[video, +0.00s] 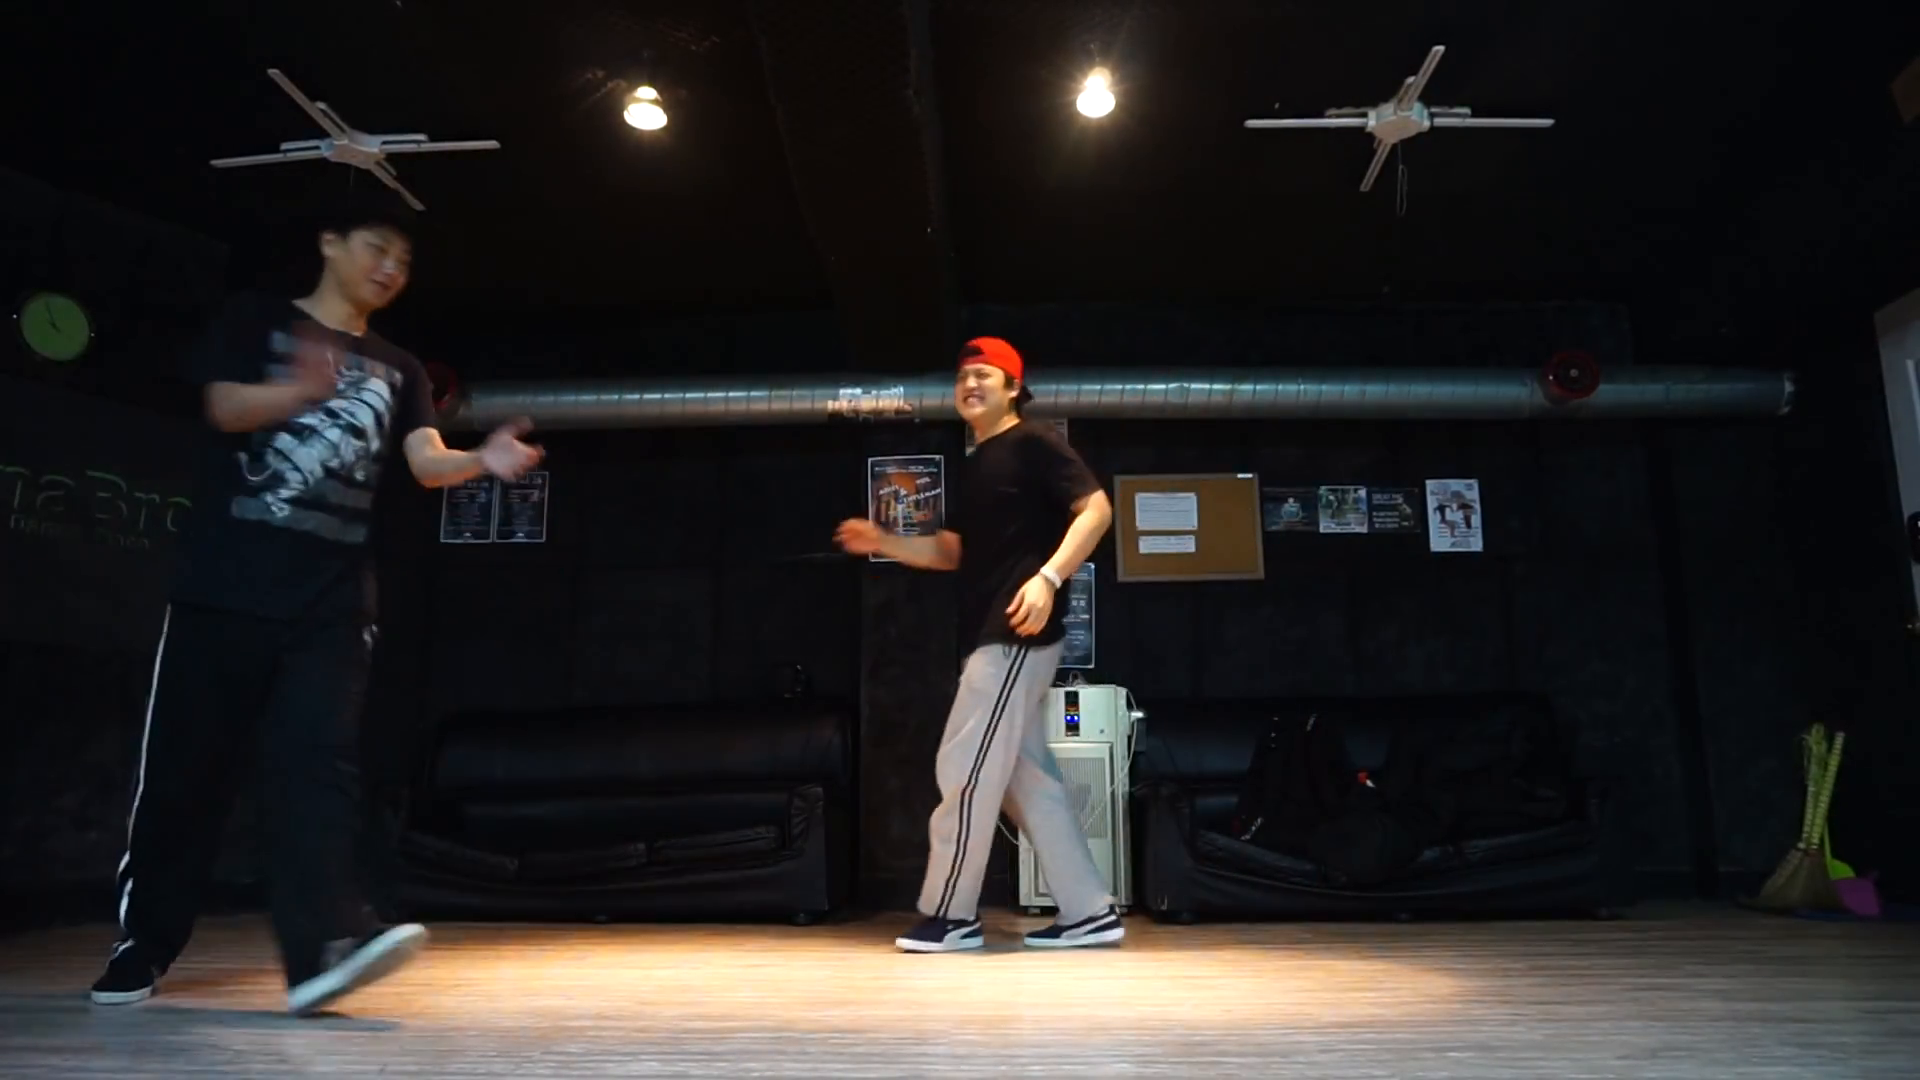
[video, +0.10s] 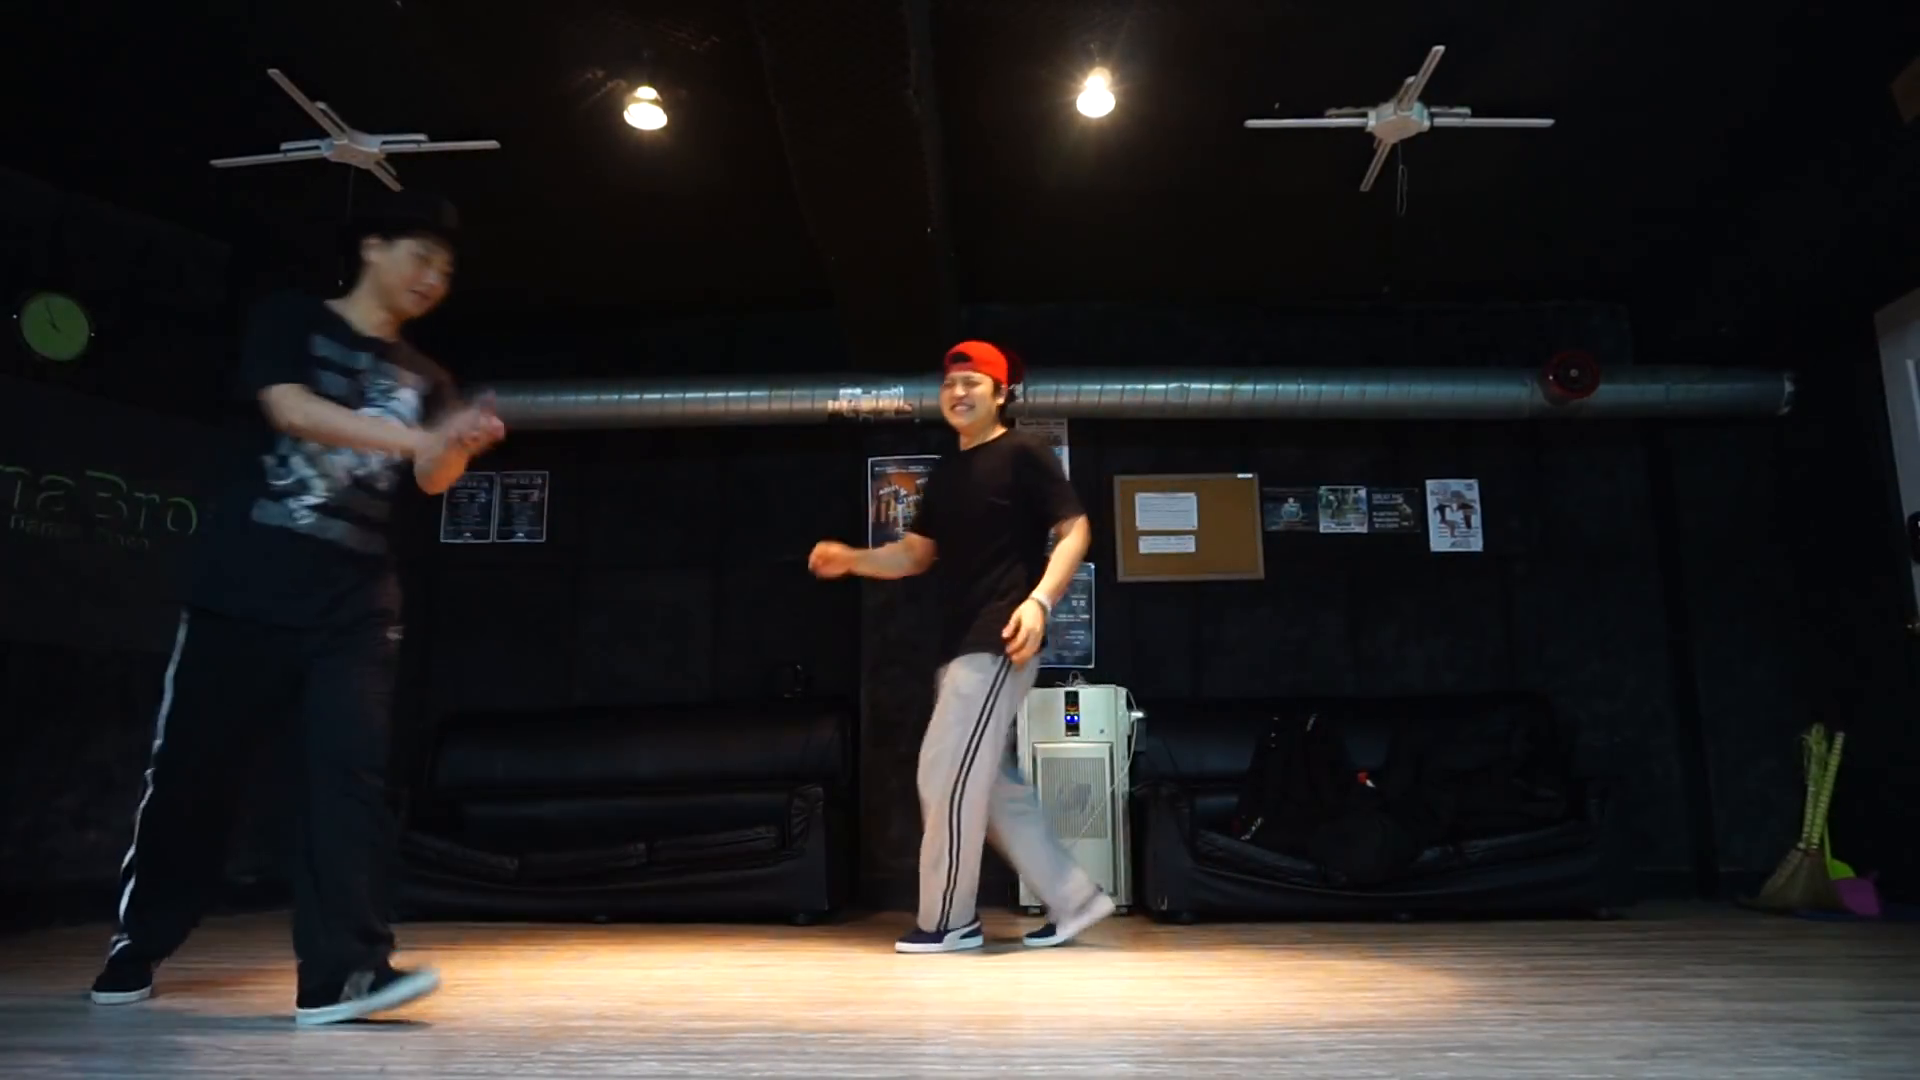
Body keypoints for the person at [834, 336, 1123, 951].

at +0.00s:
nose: (970, 385)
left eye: (983, 376)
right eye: (964, 377)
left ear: (1012, 390)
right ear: (957, 393)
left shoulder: (1035, 444)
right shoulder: (973, 465)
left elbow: (1097, 509)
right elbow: (952, 552)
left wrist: (1049, 578)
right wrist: (883, 541)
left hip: (1019, 634)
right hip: (993, 636)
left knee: (966, 766)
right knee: (1025, 774)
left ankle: (950, 917)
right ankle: (1089, 912)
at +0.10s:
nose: (957, 392)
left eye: (972, 383)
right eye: (950, 384)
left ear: (1000, 396)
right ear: (943, 397)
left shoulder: (1023, 456)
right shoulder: (949, 470)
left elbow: (1075, 532)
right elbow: (915, 553)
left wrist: (1040, 602)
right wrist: (853, 559)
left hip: (1001, 638)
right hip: (966, 639)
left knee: (946, 773)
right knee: (988, 781)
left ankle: (949, 923)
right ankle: (1074, 900)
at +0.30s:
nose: (935, 396)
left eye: (949, 388)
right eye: (928, 387)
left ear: (976, 399)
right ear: (918, 399)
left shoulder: (1004, 468)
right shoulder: (907, 469)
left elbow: (1042, 548)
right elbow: (881, 547)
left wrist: (1023, 601)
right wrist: (856, 586)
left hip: (965, 645)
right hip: (896, 646)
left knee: (936, 778)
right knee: (865, 775)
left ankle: (951, 925)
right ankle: (974, 860)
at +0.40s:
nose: (924, 380)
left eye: (938, 372)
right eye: (917, 371)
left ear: (965, 386)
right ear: (906, 385)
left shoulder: (992, 454)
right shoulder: (889, 455)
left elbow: (1029, 535)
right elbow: (868, 535)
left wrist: (1011, 583)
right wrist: (858, 578)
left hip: (953, 644)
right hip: (879, 643)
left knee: (942, 784)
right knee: (849, 764)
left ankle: (953, 923)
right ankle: (896, 901)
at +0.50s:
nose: (911, 365)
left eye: (925, 357)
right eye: (904, 356)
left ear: (952, 375)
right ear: (893, 371)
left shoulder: (977, 446)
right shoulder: (869, 444)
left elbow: (1013, 521)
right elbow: (848, 523)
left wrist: (997, 557)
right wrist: (852, 570)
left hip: (942, 635)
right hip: (866, 635)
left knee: (943, 780)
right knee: (840, 767)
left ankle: (955, 920)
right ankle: (839, 917)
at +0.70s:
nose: (883, 373)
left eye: (896, 366)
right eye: (874, 364)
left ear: (920, 382)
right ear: (861, 379)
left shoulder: (942, 454)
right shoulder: (830, 448)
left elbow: (983, 546)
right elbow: (799, 530)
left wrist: (959, 538)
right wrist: (815, 574)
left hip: (912, 645)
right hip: (831, 645)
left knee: (922, 786)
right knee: (805, 770)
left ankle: (951, 918)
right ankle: (814, 929)